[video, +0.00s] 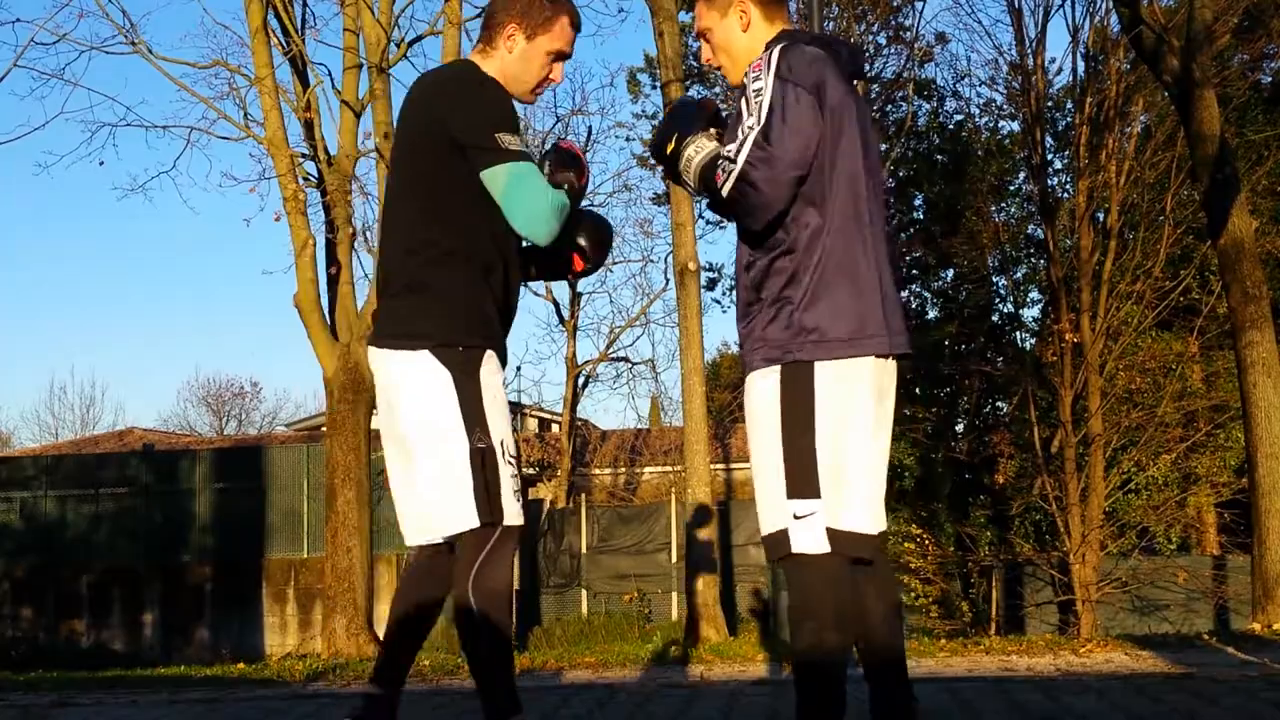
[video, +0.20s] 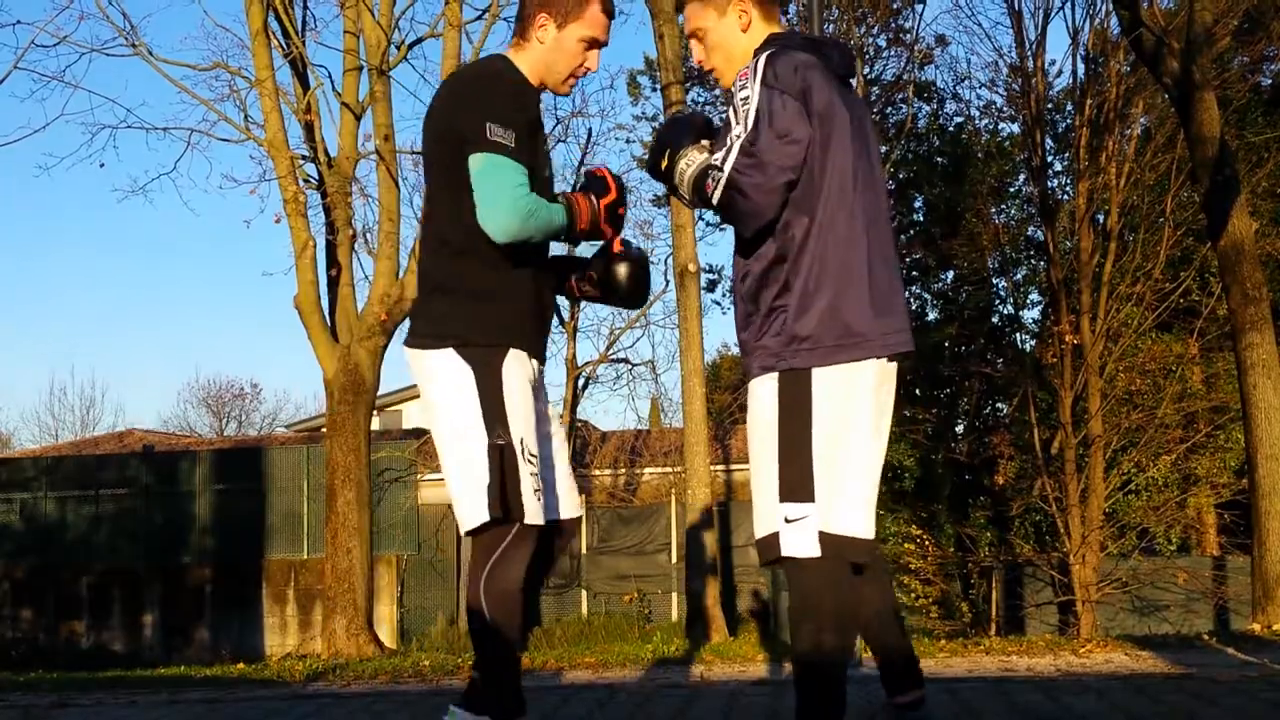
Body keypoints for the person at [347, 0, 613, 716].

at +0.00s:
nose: (558, 76)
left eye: (564, 61)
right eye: (555, 57)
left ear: (509, 35)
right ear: (513, 35)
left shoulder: (449, 98)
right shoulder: (469, 91)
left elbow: (481, 249)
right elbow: (538, 219)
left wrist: (568, 254)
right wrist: (562, 178)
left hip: (414, 342)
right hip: (446, 345)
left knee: (441, 534)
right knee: (493, 528)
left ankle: (378, 705)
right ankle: (503, 713)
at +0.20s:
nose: (594, 62)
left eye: (599, 48)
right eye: (589, 43)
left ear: (551, 30)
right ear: (543, 25)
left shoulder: (512, 105)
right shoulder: (490, 88)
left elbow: (506, 256)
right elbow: (504, 216)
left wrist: (578, 276)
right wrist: (576, 210)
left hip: (503, 345)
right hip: (473, 342)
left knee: (544, 523)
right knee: (514, 522)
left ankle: (490, 703)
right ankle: (494, 707)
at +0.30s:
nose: (609, 58)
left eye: (615, 44)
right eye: (605, 38)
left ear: (565, 25)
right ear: (558, 19)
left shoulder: (546, 112)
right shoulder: (492, 82)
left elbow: (537, 252)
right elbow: (474, 203)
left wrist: (615, 241)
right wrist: (570, 189)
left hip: (536, 348)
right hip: (479, 343)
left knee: (574, 520)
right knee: (510, 525)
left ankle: (553, 707)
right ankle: (507, 714)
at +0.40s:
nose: (620, 59)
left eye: (628, 46)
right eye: (617, 39)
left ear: (582, 26)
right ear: (570, 18)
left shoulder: (570, 126)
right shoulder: (493, 77)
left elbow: (592, 253)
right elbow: (465, 188)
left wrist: (649, 206)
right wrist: (571, 176)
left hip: (558, 348)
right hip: (491, 342)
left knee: (582, 530)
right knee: (514, 530)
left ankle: (606, 709)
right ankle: (508, 713)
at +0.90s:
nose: (630, 84)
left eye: (639, 73)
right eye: (625, 65)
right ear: (585, 40)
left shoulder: (608, 140)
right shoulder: (512, 100)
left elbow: (703, 198)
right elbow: (525, 186)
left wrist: (773, 148)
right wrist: (631, 178)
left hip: (599, 355)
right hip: (525, 349)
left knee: (608, 532)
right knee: (543, 524)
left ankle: (609, 710)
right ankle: (475, 705)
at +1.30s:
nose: (601, 75)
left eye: (608, 61)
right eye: (594, 56)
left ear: (565, 42)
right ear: (549, 37)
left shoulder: (561, 135)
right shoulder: (465, 103)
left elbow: (536, 262)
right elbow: (403, 218)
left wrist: (586, 324)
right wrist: (503, 238)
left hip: (569, 359)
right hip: (491, 358)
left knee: (621, 527)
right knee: (475, 535)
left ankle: (613, 712)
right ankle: (410, 712)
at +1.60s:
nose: (581, 54)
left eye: (590, 42)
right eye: (572, 33)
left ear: (589, 45)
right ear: (525, 20)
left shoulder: (561, 131)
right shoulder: (460, 96)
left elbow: (599, 258)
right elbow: (457, 211)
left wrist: (674, 241)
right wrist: (557, 170)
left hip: (574, 359)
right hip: (493, 356)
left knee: (641, 521)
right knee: (468, 541)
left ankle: (685, 705)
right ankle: (409, 711)